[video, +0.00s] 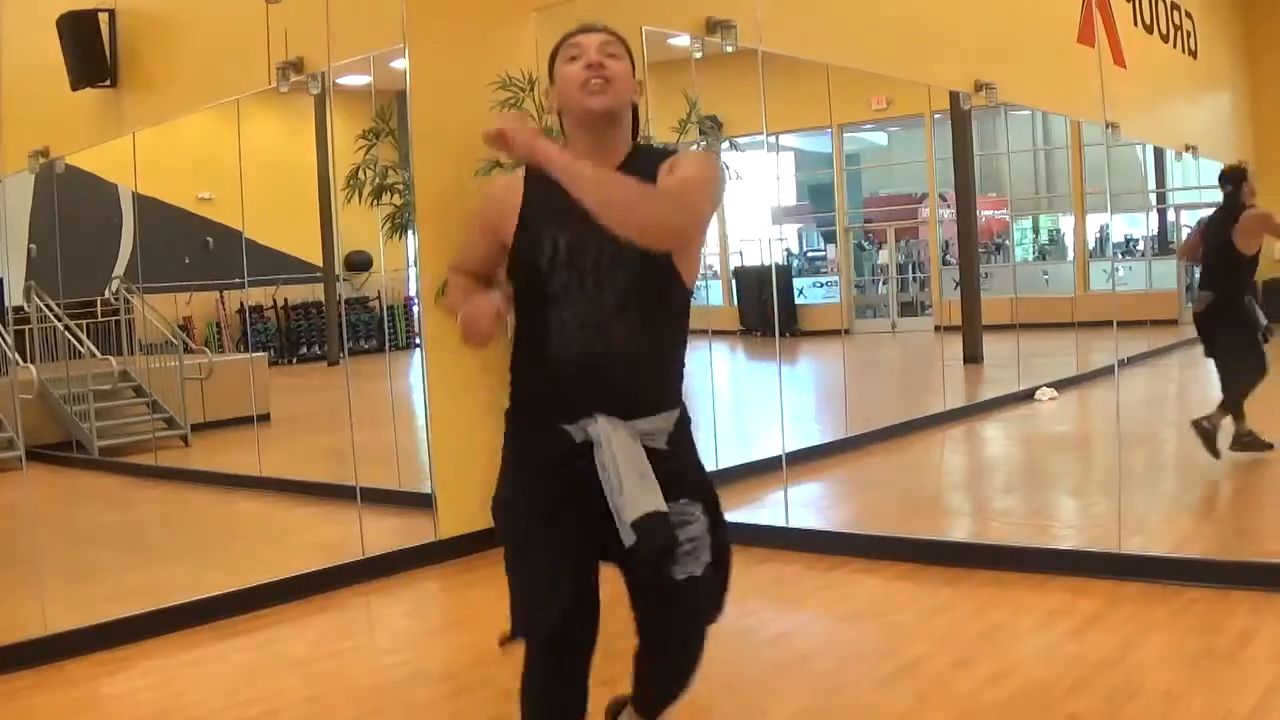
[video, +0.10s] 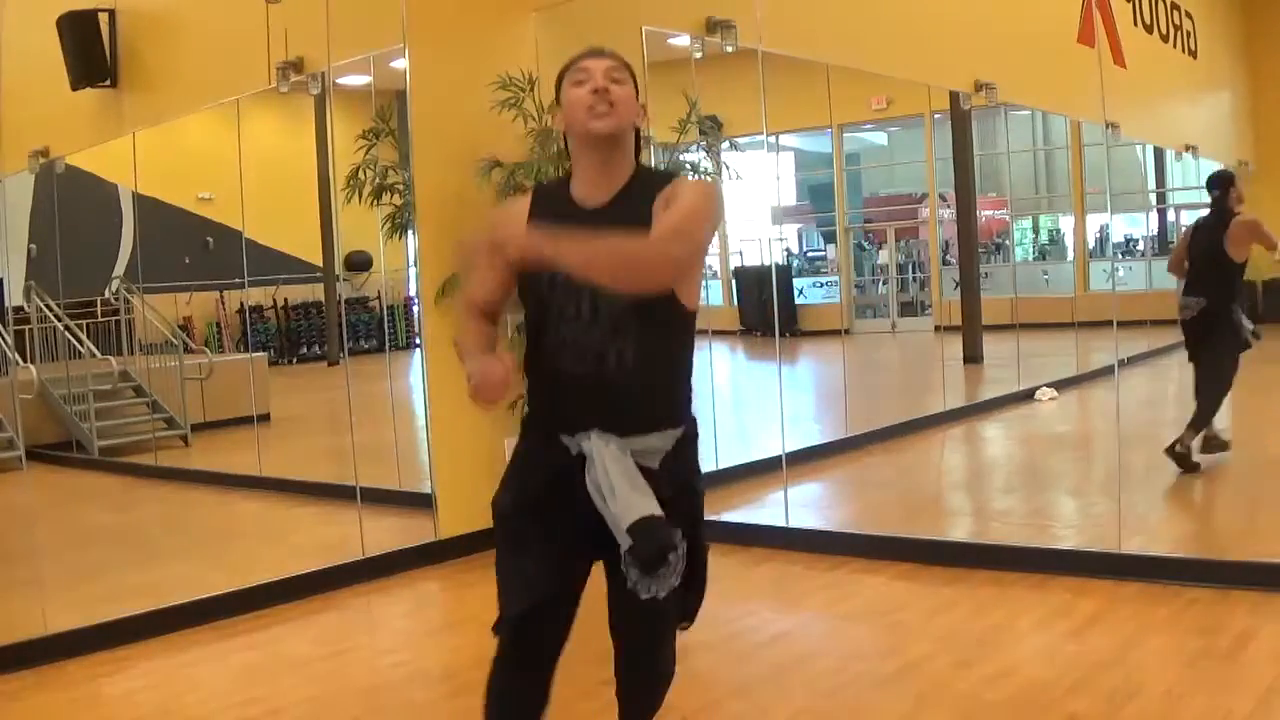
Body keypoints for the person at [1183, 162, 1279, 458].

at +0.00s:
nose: (1254, 188)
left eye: (1252, 183)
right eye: (1251, 184)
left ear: (1224, 189)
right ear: (1244, 188)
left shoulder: (1209, 220)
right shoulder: (1256, 218)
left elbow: (1185, 253)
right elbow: (1279, 230)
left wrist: (1211, 253)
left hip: (1205, 308)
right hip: (1233, 306)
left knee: (1230, 369)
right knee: (1256, 368)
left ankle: (1242, 431)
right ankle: (1212, 421)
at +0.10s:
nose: (1242, 193)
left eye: (1240, 187)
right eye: (1239, 188)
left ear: (1211, 194)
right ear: (1231, 192)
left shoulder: (1194, 228)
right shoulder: (1246, 224)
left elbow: (1175, 266)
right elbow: (1273, 246)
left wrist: (1201, 275)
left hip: (1191, 310)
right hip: (1222, 311)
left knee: (1204, 372)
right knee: (1221, 378)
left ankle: (1210, 434)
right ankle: (1184, 441)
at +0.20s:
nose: (1230, 206)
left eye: (1228, 201)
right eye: (1227, 201)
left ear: (1201, 207)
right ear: (1219, 205)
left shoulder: (1186, 239)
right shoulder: (1233, 240)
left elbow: (1172, 280)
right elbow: (1256, 274)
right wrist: (1261, 304)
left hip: (1177, 324)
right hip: (1209, 327)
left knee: (1172, 384)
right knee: (1208, 394)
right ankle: (1175, 452)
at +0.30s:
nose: (1221, 207)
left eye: (1218, 201)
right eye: (1216, 202)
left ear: (1191, 210)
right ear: (1208, 209)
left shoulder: (1178, 242)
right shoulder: (1225, 247)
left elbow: (1172, 287)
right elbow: (1236, 297)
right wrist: (1239, 342)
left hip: (1166, 329)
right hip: (1200, 333)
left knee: (1149, 386)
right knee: (1206, 390)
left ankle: (1119, 446)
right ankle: (1172, 455)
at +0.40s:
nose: (1216, 203)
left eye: (1213, 198)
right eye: (1211, 198)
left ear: (1187, 205)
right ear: (1201, 204)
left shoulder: (1172, 235)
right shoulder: (1215, 240)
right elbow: (1212, 272)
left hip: (1154, 324)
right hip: (1186, 327)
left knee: (1131, 380)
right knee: (1201, 386)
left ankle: (1103, 443)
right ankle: (1171, 455)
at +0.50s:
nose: (1210, 198)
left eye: (1207, 192)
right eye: (1206, 193)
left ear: (1180, 200)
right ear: (1196, 198)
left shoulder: (1163, 230)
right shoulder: (1207, 229)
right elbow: (1185, 246)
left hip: (1144, 318)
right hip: (1177, 323)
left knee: (1126, 381)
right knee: (1189, 385)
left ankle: (1099, 439)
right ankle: (1171, 456)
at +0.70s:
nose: (1190, 200)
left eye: (1188, 194)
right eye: (1186, 195)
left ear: (1161, 199)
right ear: (1176, 198)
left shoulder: (1137, 232)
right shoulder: (1186, 233)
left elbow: (1131, 272)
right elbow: (1173, 268)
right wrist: (1161, 275)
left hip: (1128, 319)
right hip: (1161, 322)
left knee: (1129, 387)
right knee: (1173, 387)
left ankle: (1110, 449)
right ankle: (1170, 456)